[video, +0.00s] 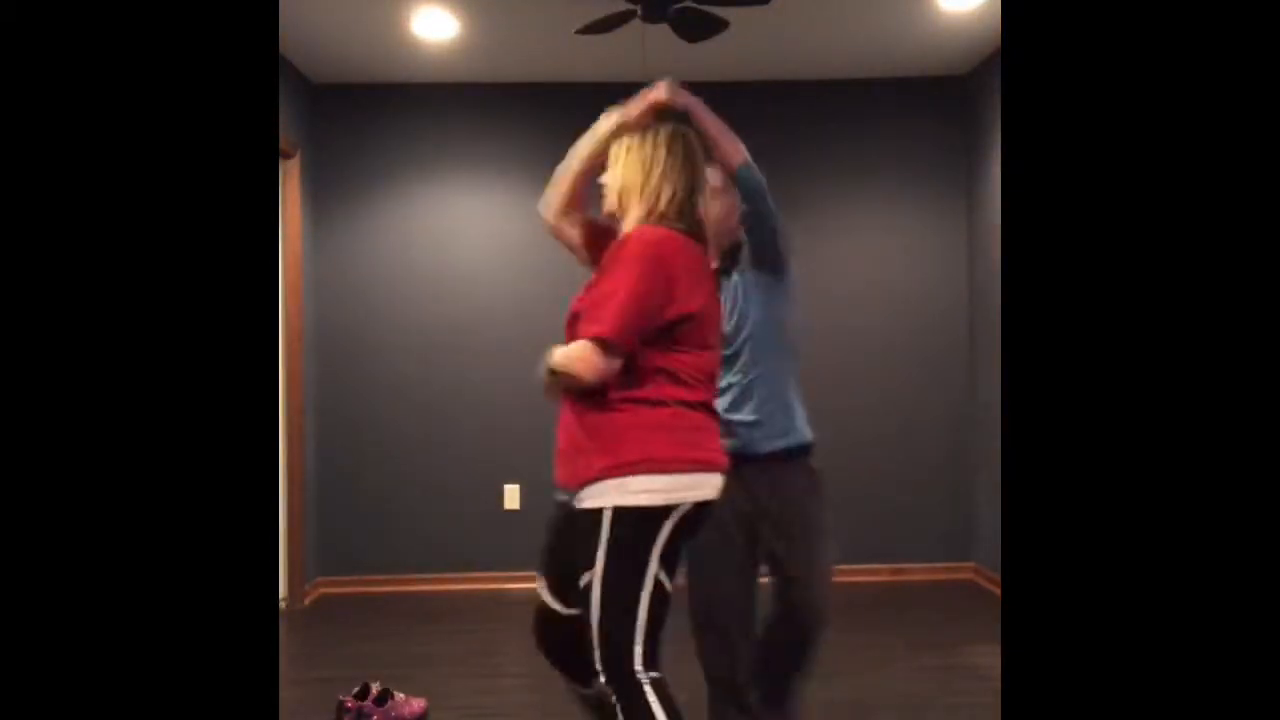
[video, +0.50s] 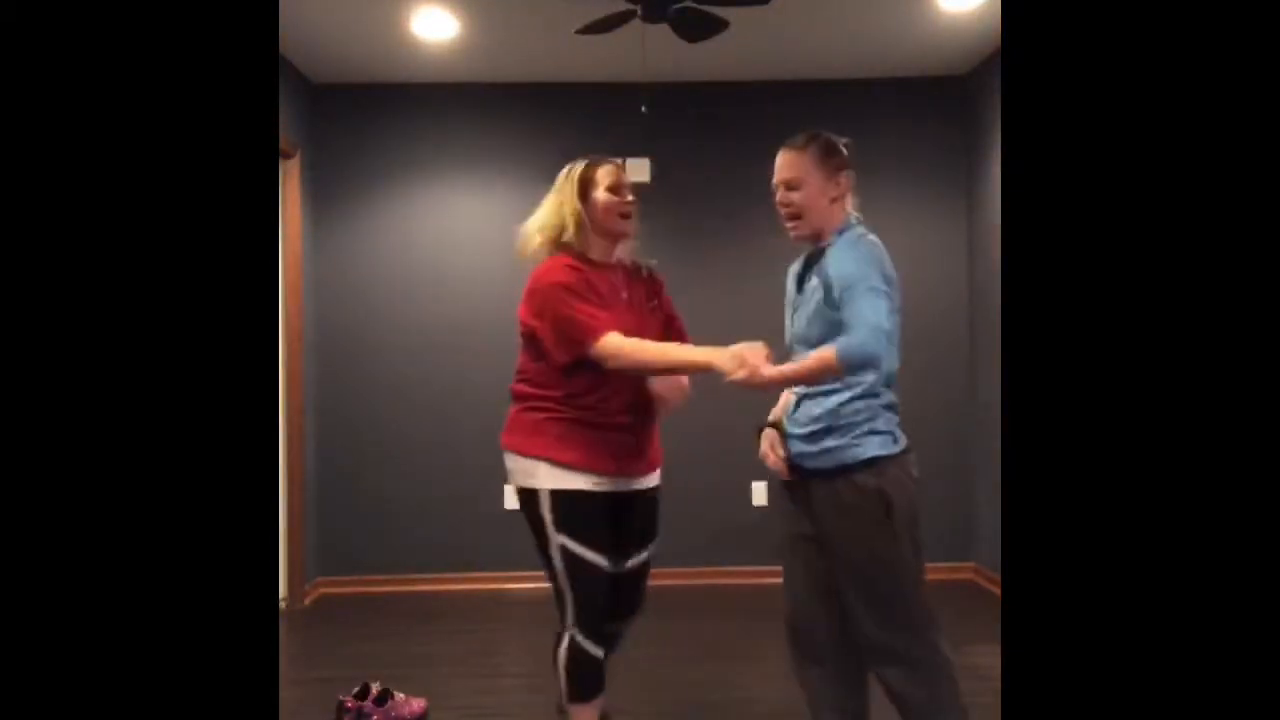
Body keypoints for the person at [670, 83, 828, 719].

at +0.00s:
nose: (721, 198)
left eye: (727, 188)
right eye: (712, 189)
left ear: (743, 207)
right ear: (690, 207)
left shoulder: (763, 268)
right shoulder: (678, 276)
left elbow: (748, 179)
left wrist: (691, 104)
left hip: (783, 457)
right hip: (713, 463)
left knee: (807, 601)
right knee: (718, 615)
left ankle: (769, 693)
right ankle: (729, 706)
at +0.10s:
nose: (725, 201)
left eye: (738, 189)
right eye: (718, 191)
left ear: (766, 199)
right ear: (709, 206)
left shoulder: (784, 258)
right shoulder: (710, 280)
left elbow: (748, 172)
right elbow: (707, 359)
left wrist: (693, 94)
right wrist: (707, 398)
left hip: (809, 461)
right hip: (738, 462)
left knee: (838, 609)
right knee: (732, 617)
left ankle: (864, 710)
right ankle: (741, 712)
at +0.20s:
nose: (742, 201)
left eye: (756, 188)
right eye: (740, 190)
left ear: (791, 195)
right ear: (734, 201)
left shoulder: (811, 255)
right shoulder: (745, 281)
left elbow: (758, 188)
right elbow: (756, 360)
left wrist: (690, 135)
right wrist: (732, 394)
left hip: (829, 462)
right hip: (764, 466)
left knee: (869, 622)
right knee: (754, 634)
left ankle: (913, 707)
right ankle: (761, 714)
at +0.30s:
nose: (764, 204)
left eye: (778, 192)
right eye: (759, 193)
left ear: (819, 194)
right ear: (756, 196)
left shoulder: (834, 248)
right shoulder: (775, 270)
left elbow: (748, 238)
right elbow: (797, 368)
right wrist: (760, 406)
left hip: (854, 465)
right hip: (790, 467)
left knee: (889, 630)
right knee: (778, 636)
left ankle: (922, 711)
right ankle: (790, 717)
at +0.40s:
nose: (777, 203)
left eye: (789, 190)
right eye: (772, 192)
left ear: (832, 189)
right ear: (771, 197)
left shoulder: (848, 255)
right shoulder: (798, 272)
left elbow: (799, 322)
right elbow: (813, 369)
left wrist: (715, 347)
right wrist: (777, 413)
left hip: (867, 472)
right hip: (805, 472)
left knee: (894, 632)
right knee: (795, 630)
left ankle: (936, 710)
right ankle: (816, 715)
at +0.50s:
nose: (782, 199)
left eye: (795, 187)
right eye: (777, 188)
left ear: (840, 187)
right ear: (775, 193)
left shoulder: (855, 252)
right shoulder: (803, 269)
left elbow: (869, 347)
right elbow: (809, 365)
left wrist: (779, 371)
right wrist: (774, 424)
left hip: (864, 476)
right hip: (808, 477)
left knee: (898, 641)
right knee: (818, 643)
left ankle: (942, 713)